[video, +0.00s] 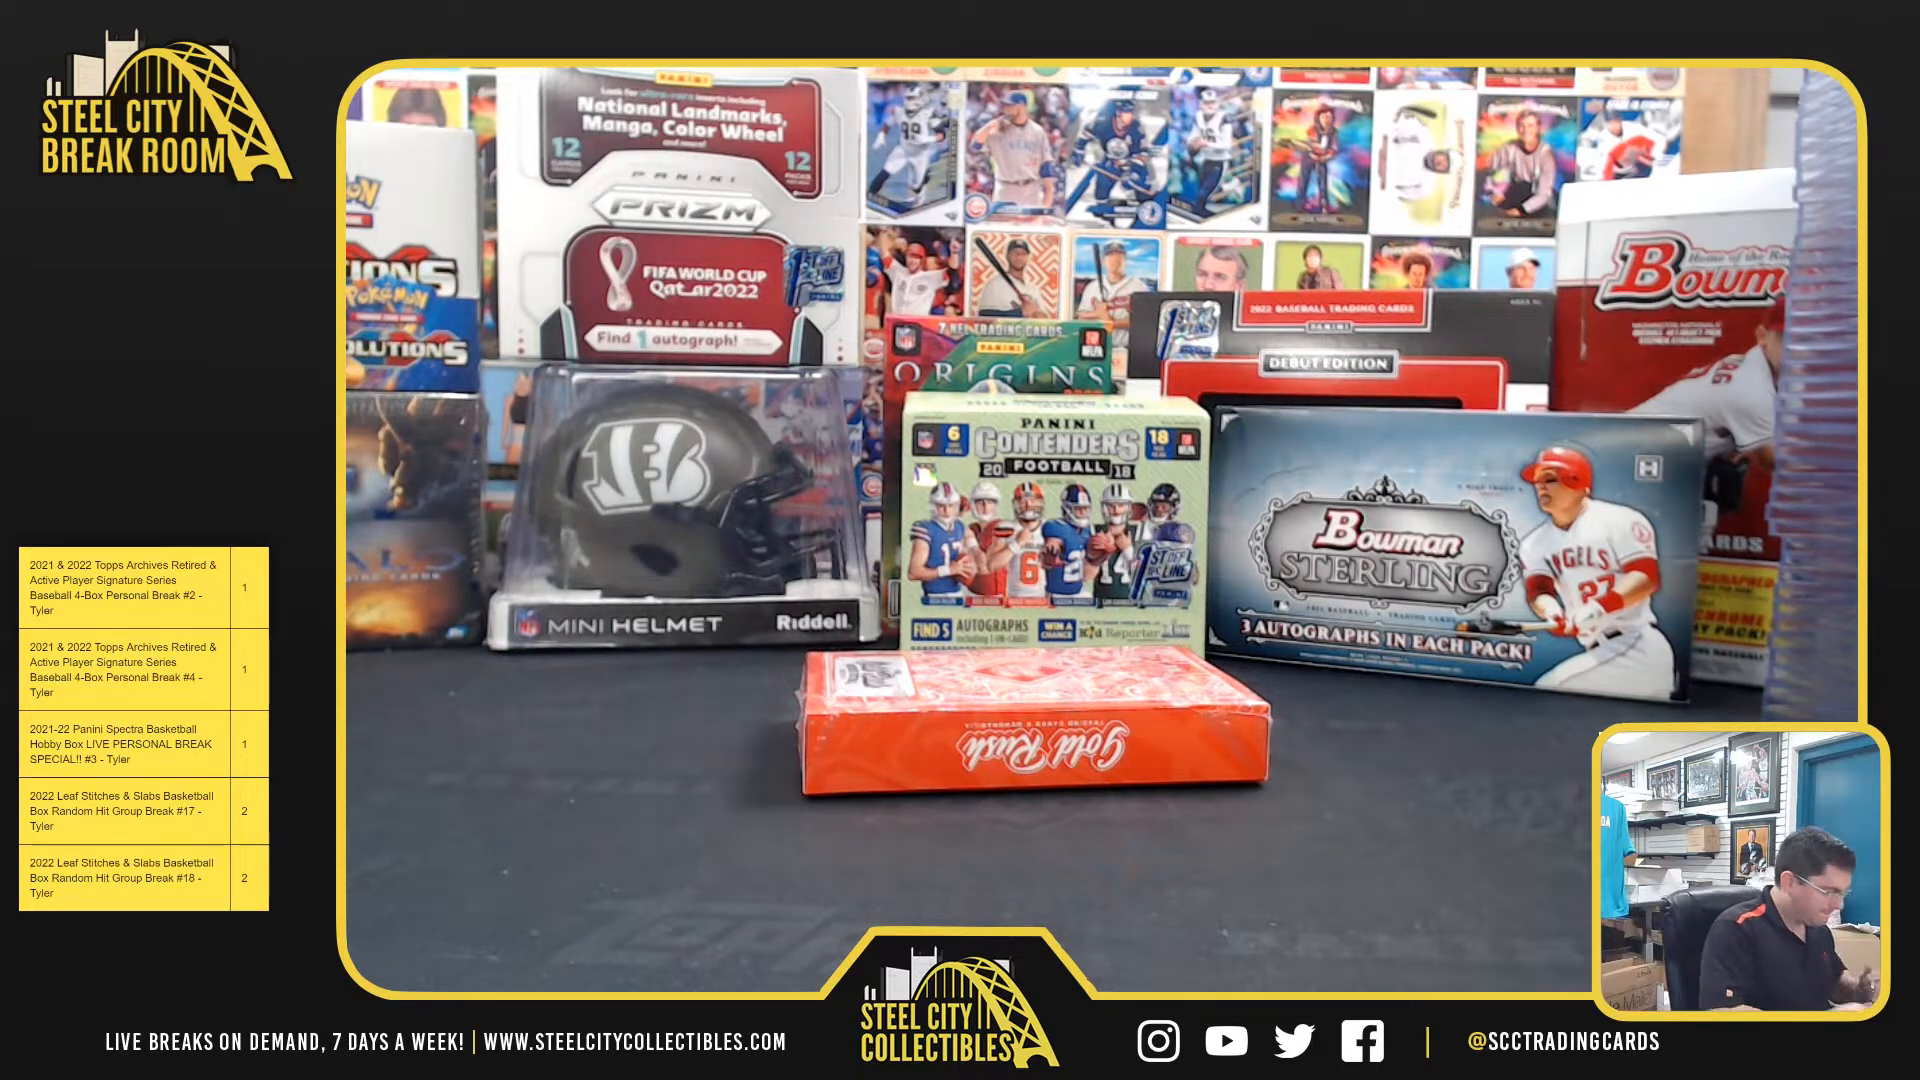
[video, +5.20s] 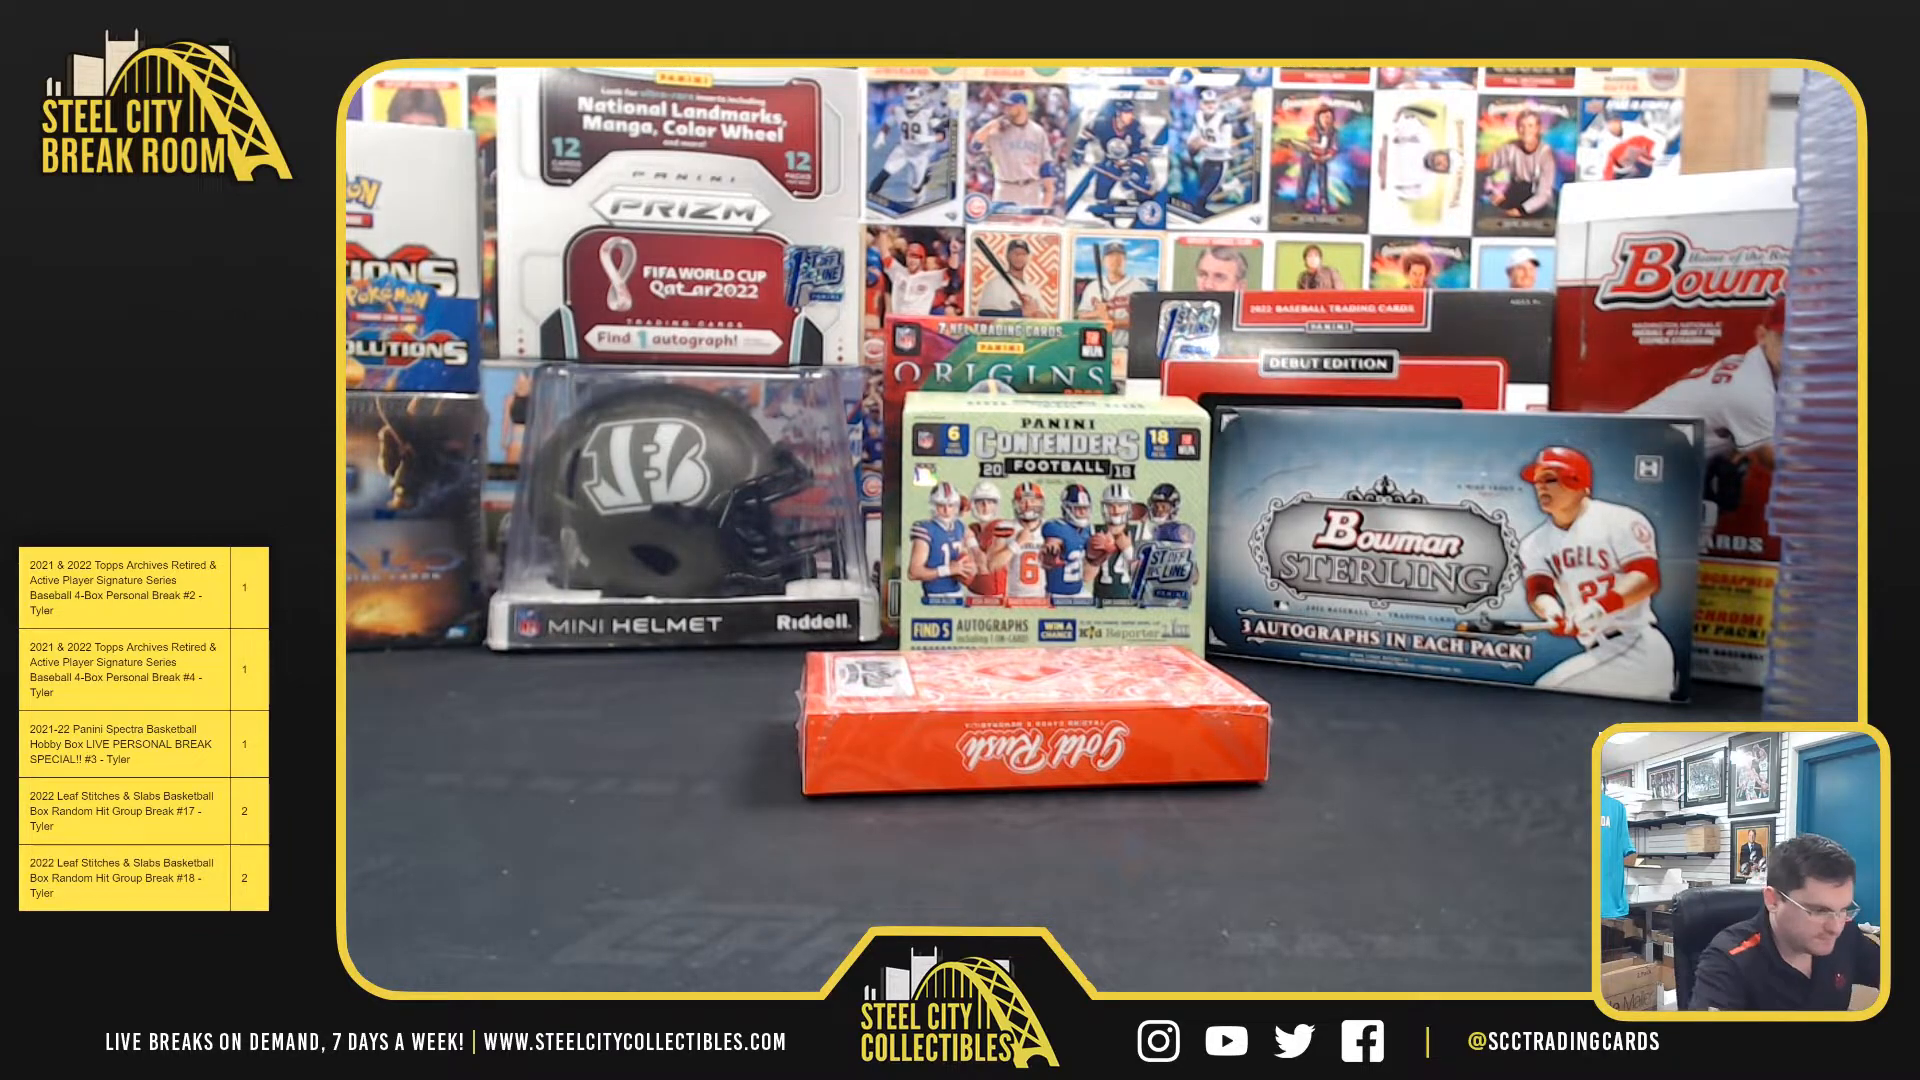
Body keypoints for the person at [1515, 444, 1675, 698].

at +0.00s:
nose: (1540, 489)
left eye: (1550, 480)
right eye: (1537, 483)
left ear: (1579, 485)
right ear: (1533, 487)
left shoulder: (1624, 521)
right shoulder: (1534, 545)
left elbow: (1646, 577)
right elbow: (1538, 591)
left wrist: (1600, 607)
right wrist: (1554, 614)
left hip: (1638, 648)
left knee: (1546, 692)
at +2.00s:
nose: (1540, 489)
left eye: (1549, 480)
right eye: (1537, 483)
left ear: (1578, 484)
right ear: (1533, 487)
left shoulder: (1624, 521)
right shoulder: (1534, 545)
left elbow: (1646, 577)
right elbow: (1538, 591)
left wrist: (1599, 608)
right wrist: (1553, 613)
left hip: (1638, 647)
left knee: (1547, 692)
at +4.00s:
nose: (1540, 490)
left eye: (1550, 481)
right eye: (1537, 484)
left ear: (1578, 484)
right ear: (1533, 488)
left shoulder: (1624, 521)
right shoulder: (1534, 545)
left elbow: (1646, 577)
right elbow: (1539, 591)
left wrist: (1599, 608)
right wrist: (1554, 614)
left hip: (1638, 648)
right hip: (1599, 652)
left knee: (1546, 692)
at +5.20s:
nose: (1540, 489)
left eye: (1550, 480)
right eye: (1537, 482)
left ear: (1579, 485)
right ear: (1533, 487)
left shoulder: (1624, 521)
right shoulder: (1534, 545)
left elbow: (1646, 577)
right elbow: (1538, 591)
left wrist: (1599, 607)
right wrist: (1553, 614)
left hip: (1638, 649)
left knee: (1545, 693)